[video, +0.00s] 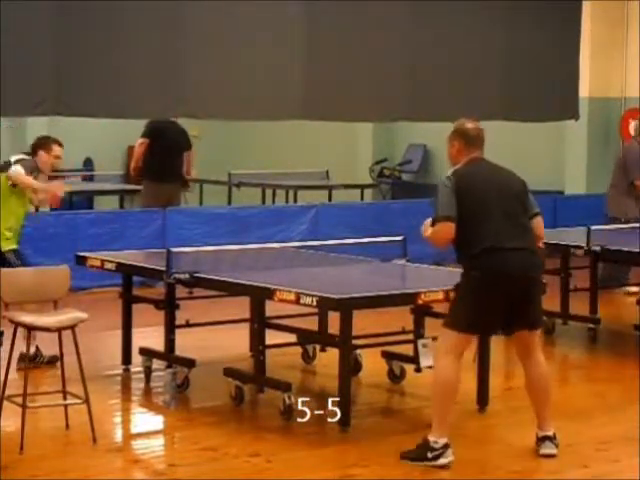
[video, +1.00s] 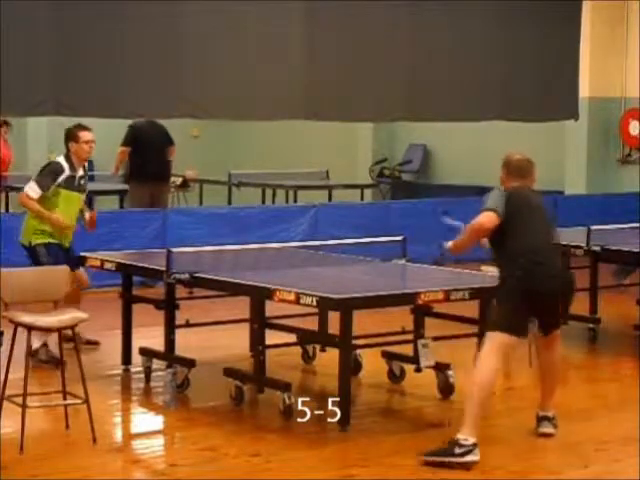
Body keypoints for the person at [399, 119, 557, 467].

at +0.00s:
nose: (448, 154)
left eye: (448, 148)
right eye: (448, 148)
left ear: (456, 146)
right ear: (482, 146)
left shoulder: (453, 180)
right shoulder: (513, 178)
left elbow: (445, 234)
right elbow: (537, 234)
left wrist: (429, 231)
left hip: (485, 273)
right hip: (527, 271)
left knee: (448, 352)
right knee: (531, 352)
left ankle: (437, 442)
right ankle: (546, 435)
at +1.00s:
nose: (501, 181)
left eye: (501, 177)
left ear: (504, 177)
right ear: (533, 179)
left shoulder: (503, 195)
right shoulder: (541, 202)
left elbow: (485, 223)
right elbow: (534, 241)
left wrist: (458, 245)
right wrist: (488, 237)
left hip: (519, 280)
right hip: (556, 280)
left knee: (491, 353)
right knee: (550, 342)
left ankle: (466, 440)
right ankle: (547, 415)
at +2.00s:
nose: (466, 197)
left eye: (467, 191)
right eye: (467, 191)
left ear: (474, 191)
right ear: (500, 190)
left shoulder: (477, 223)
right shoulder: (526, 222)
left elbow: (469, 277)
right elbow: (557, 279)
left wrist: (442, 276)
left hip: (511, 311)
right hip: (552, 307)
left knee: (449, 377)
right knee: (548, 358)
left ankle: (459, 460)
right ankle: (571, 434)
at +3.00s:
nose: (464, 168)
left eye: (463, 163)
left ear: (464, 164)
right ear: (497, 166)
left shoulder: (448, 203)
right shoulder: (516, 204)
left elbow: (424, 262)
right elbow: (540, 265)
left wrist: (450, 256)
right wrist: (535, 282)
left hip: (463, 311)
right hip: (513, 310)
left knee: (412, 372)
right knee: (545, 371)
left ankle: (420, 464)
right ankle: (562, 452)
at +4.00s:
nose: (372, 167)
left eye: (374, 162)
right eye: (373, 163)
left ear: (380, 161)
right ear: (400, 160)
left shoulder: (384, 175)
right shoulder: (413, 179)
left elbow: (387, 210)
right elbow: (416, 223)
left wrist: (369, 248)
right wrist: (383, 249)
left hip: (432, 256)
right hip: (451, 253)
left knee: (449, 335)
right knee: (421, 332)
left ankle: (477, 411)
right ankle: (413, 403)